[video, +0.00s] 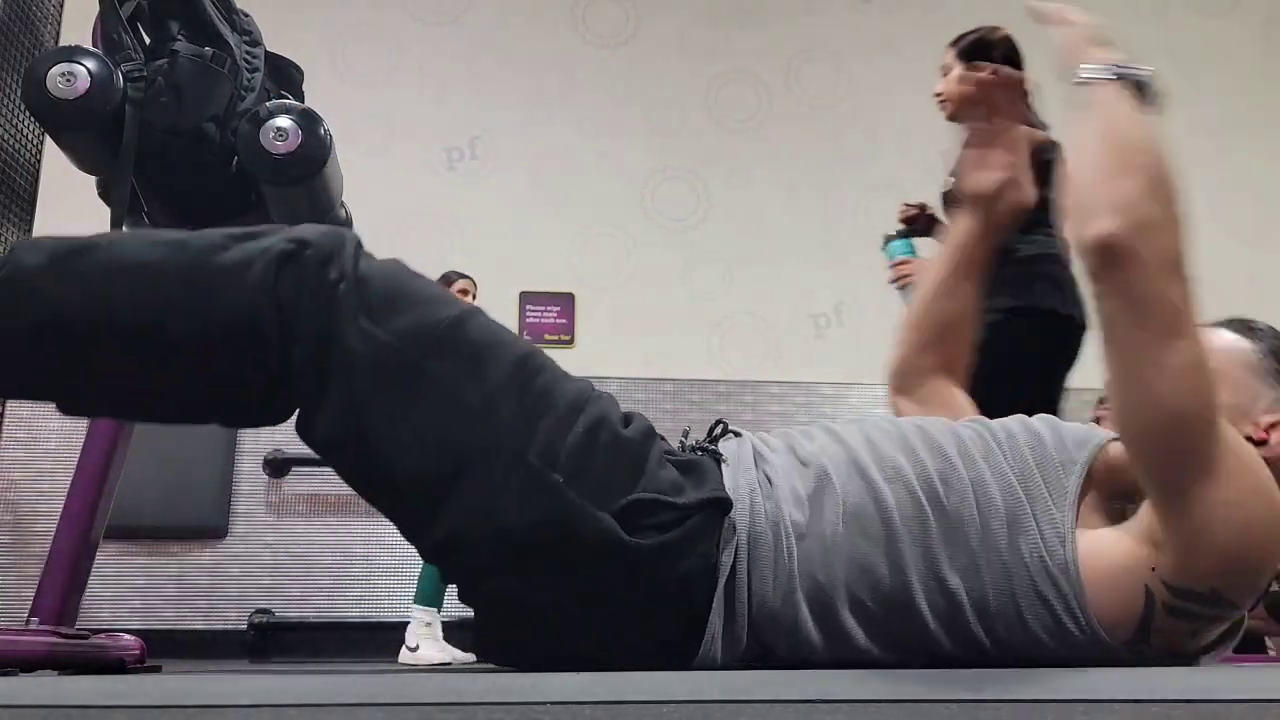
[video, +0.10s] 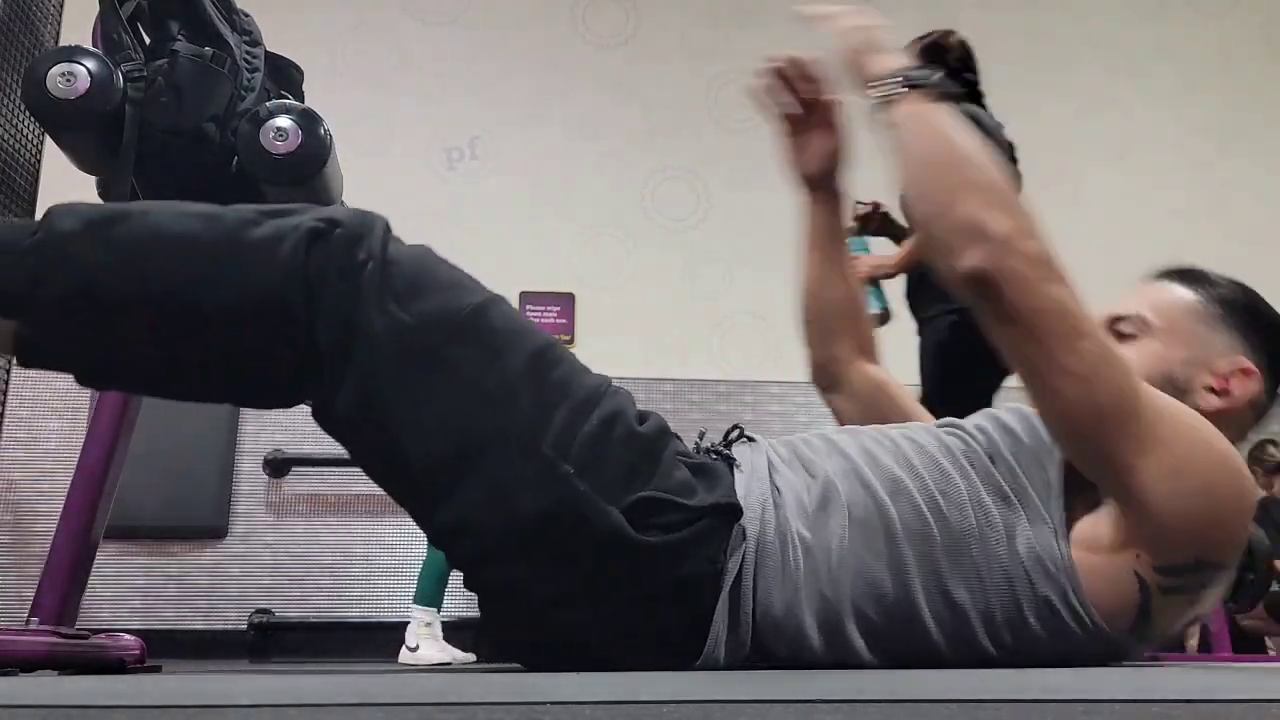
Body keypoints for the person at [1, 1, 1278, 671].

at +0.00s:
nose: (1201, 352)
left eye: (1236, 355)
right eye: (1224, 340)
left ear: (1259, 425)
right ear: (1215, 396)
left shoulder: (1207, 535)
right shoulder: (1083, 481)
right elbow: (926, 395)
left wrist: (1108, 82)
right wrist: (982, 221)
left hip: (670, 569)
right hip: (672, 511)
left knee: (323, 292)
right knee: (345, 295)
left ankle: (3, 310)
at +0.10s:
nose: (1105, 335)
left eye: (1145, 324)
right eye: (1121, 316)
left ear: (1224, 393)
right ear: (1173, 382)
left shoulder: (1201, 491)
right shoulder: (1055, 461)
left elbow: (1005, 266)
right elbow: (858, 386)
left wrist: (892, 82)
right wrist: (822, 191)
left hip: (678, 560)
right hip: (664, 520)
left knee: (350, 274)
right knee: (363, 291)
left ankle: (22, 275)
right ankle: (40, 284)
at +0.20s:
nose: (1005, 307)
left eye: (1043, 286)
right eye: (1012, 286)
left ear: (1150, 317)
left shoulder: (1161, 440)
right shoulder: (978, 437)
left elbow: (901, 258)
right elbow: (779, 341)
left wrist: (733, 116)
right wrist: (687, 181)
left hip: (696, 558)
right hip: (670, 534)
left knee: (368, 265)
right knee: (368, 295)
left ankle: (26, 250)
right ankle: (59, 263)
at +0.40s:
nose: (874, 211)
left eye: (903, 187)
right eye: (881, 189)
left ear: (1001, 196)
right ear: (931, 215)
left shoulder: (1057, 314)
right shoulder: (887, 361)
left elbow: (777, 227)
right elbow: (682, 318)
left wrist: (539, 133)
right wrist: (502, 186)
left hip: (695, 560)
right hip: (660, 538)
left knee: (422, 219)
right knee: (419, 224)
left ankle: (47, 218)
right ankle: (69, 205)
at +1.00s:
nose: (848, 193)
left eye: (871, 169)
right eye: (856, 173)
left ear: (949, 178)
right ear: (939, 194)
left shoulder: (1037, 298)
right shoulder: (874, 351)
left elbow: (764, 171)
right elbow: (675, 294)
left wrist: (571, 39)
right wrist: (537, 147)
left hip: (671, 570)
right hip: (643, 555)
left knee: (479, 174)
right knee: (472, 190)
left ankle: (84, 153)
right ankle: (103, 159)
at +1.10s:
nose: (957, 255)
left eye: (986, 227)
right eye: (957, 228)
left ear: (1076, 254)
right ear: (963, 254)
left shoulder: (1113, 373)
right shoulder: (922, 394)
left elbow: (874, 174)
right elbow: (753, 300)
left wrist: (757, 21)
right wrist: (697, 126)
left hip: (688, 561)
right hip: (647, 540)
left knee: (428, 207)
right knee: (435, 217)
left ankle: (58, 205)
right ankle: (100, 173)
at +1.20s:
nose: (1015, 289)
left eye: (1063, 270)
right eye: (1029, 269)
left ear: (1161, 301)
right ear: (1075, 294)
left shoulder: (1171, 445)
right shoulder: (976, 423)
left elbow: (1022, 223)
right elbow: (848, 304)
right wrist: (887, 135)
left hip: (693, 551)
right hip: (647, 545)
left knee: (389, 242)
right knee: (392, 273)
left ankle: (30, 221)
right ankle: (80, 216)